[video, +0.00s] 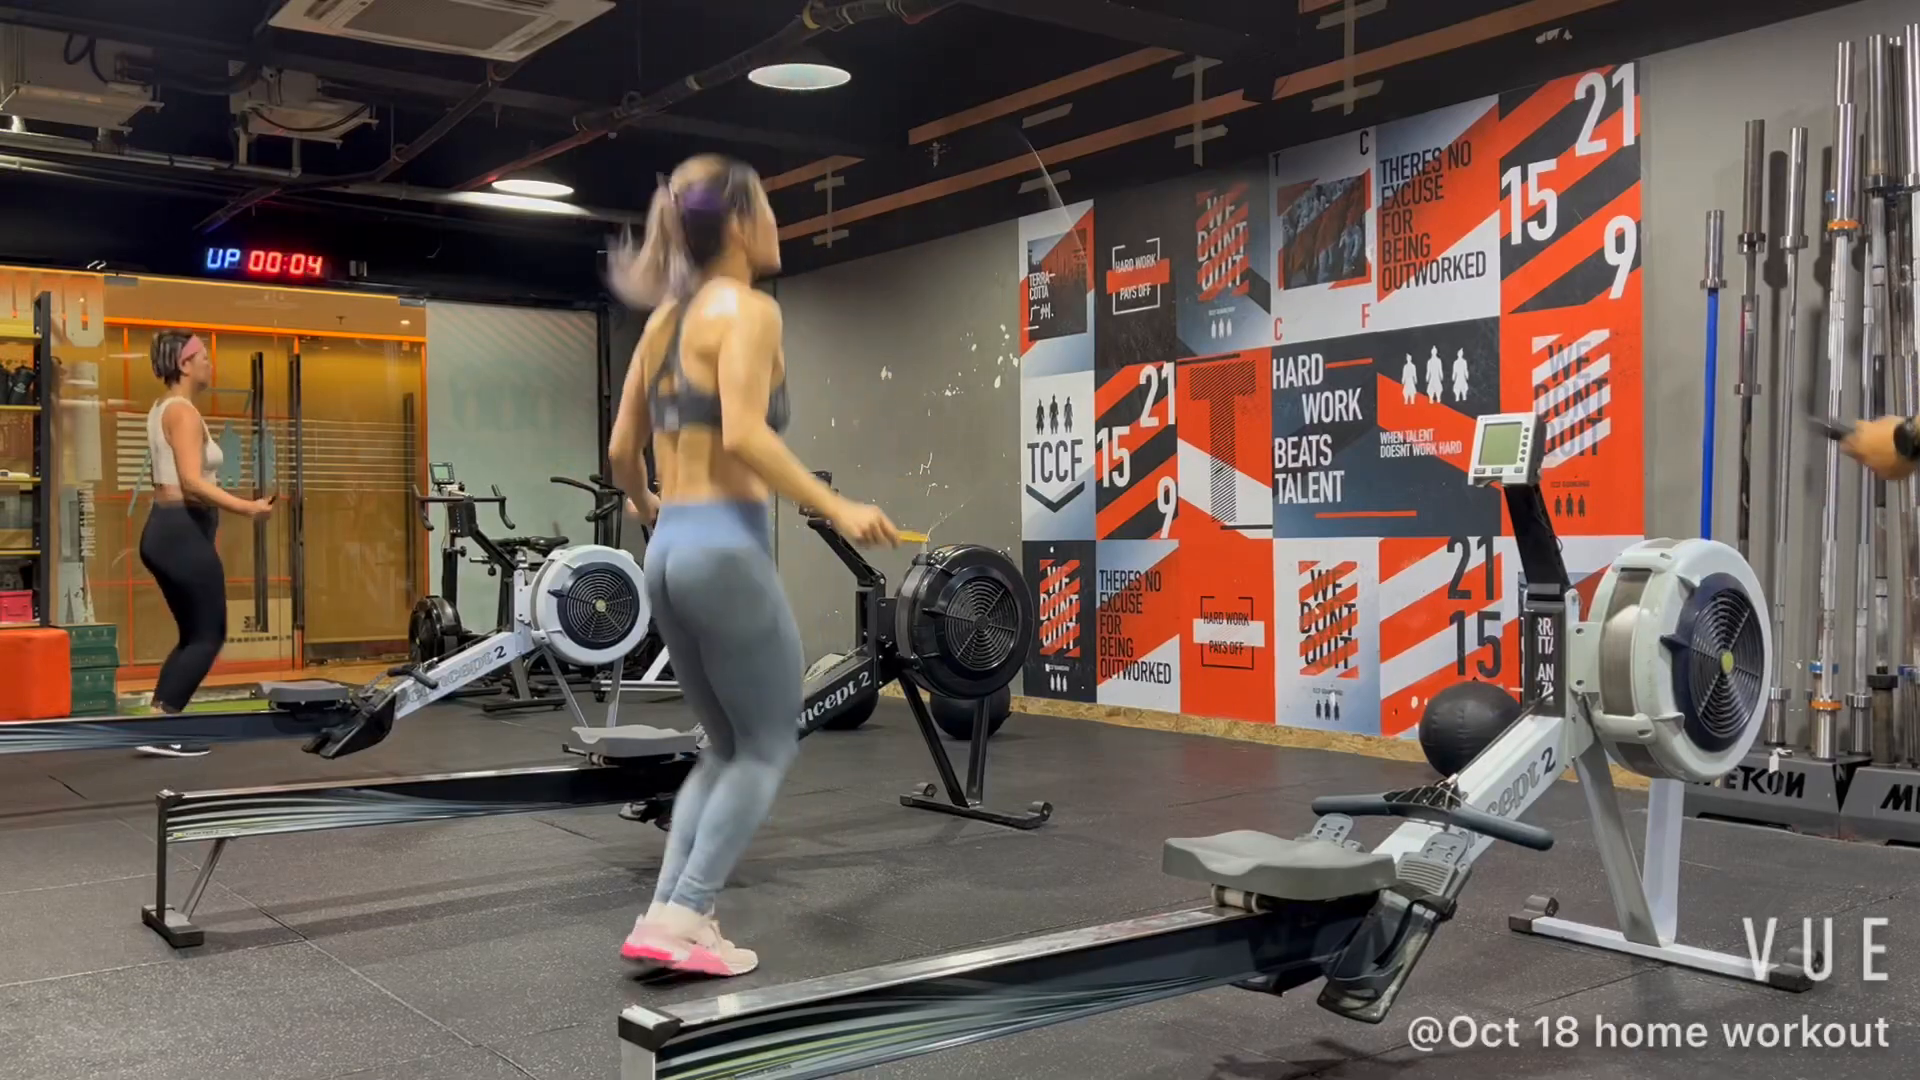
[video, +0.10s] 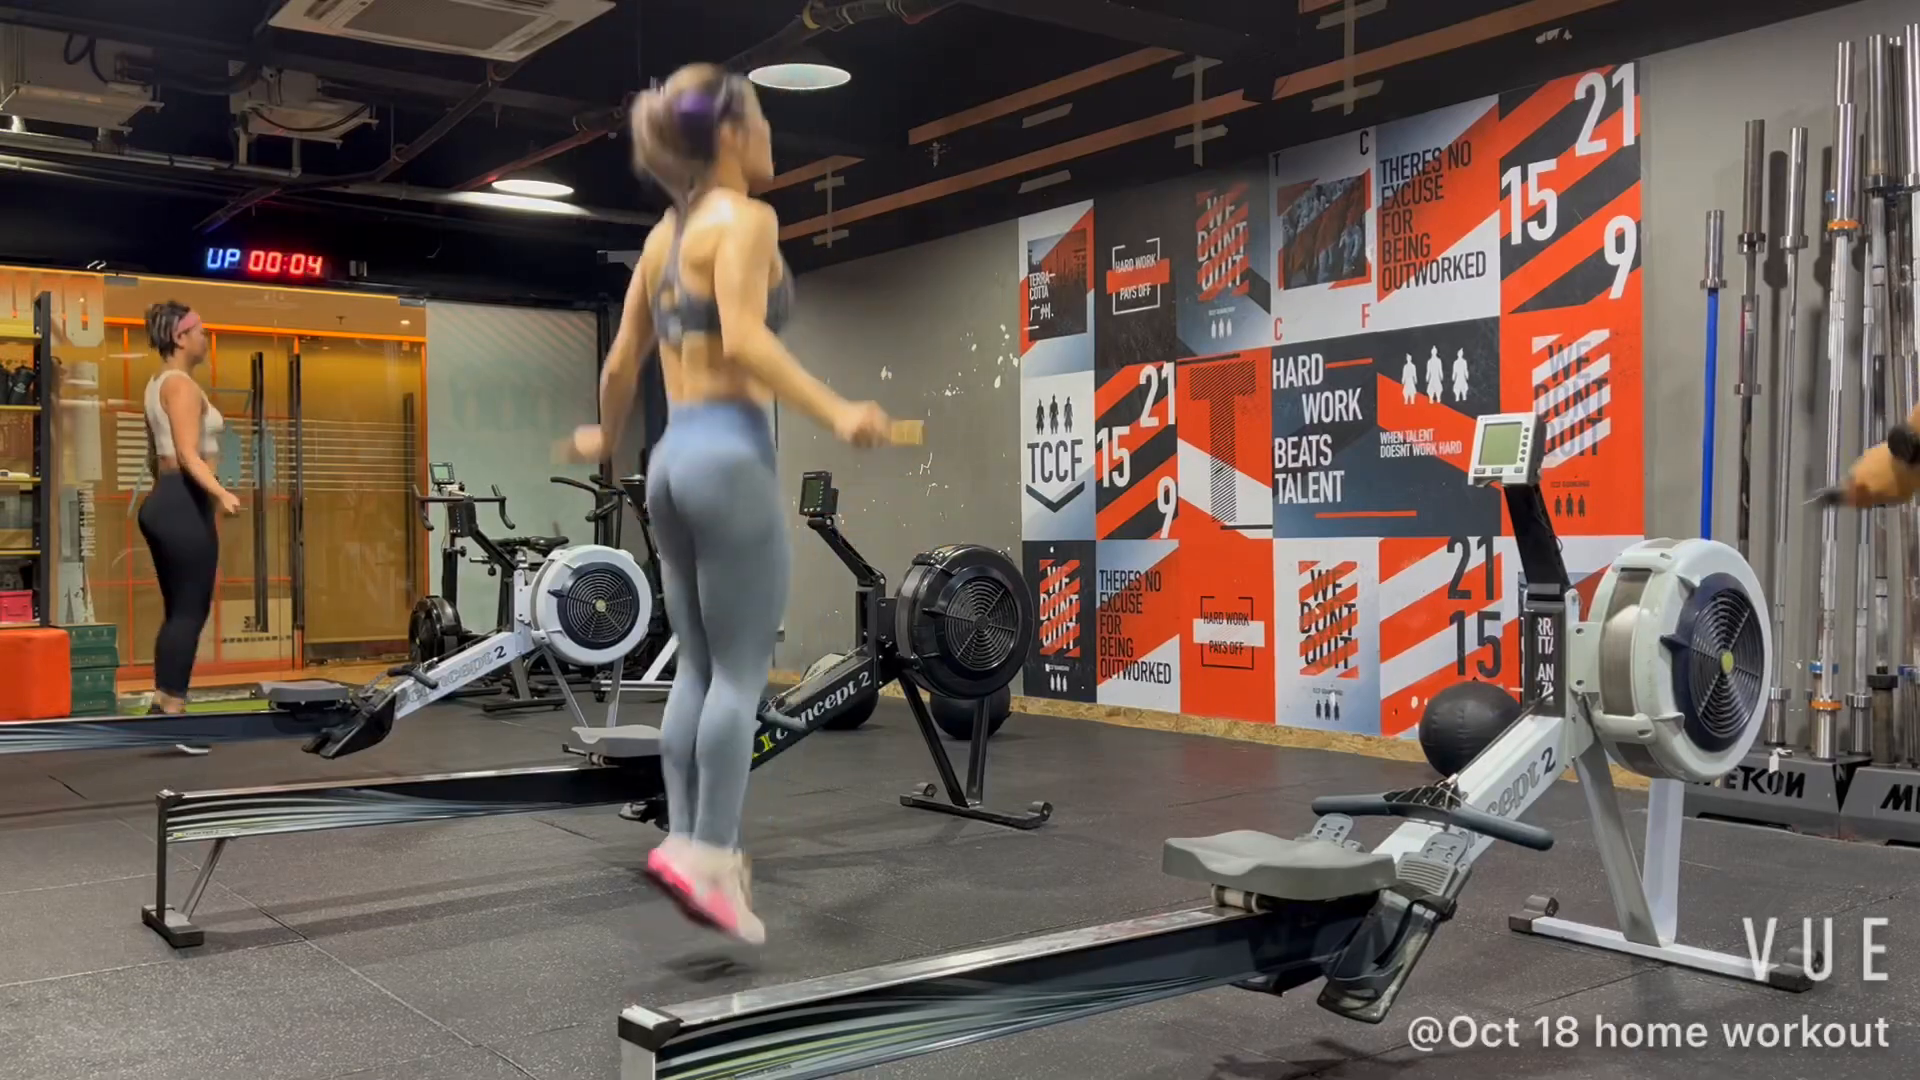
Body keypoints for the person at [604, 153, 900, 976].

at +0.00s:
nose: (776, 225)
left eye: (768, 210)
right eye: (765, 211)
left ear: (704, 230)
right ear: (740, 225)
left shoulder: (666, 320)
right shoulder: (749, 310)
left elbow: (623, 452)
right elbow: (743, 437)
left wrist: (659, 512)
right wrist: (837, 506)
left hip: (664, 553)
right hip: (721, 550)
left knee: (724, 746)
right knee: (767, 745)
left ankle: (666, 913)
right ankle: (685, 915)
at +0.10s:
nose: (767, 134)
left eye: (760, 119)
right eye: (757, 121)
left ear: (691, 143)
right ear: (730, 133)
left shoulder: (663, 236)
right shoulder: (746, 218)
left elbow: (624, 361)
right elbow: (742, 339)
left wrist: (603, 436)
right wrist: (839, 412)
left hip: (670, 452)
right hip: (725, 449)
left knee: (695, 667)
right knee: (739, 672)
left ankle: (687, 845)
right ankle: (714, 854)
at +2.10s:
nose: (773, 94)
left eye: (769, 78)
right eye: (765, 80)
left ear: (696, 93)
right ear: (736, 84)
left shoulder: (659, 183)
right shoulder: (749, 167)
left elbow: (622, 313)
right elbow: (728, 288)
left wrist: (611, 408)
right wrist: (795, 381)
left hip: (653, 405)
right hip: (710, 402)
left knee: (701, 620)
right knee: (749, 614)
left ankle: (688, 794)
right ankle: (712, 800)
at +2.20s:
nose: (776, 134)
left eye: (769, 119)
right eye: (764, 122)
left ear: (704, 145)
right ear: (737, 139)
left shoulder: (668, 231)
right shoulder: (748, 219)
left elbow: (607, 345)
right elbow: (723, 335)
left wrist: (549, 432)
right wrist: (796, 414)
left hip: (661, 464)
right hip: (713, 462)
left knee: (703, 673)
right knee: (741, 671)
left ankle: (687, 850)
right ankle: (717, 861)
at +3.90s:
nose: (771, 111)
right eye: (761, 96)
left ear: (683, 93)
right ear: (727, 93)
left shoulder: (675, 187)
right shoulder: (730, 176)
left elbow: (630, 316)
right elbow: (710, 309)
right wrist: (791, 391)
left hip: (667, 413)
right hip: (713, 409)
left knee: (706, 607)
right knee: (729, 606)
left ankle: (689, 811)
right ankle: (690, 812)